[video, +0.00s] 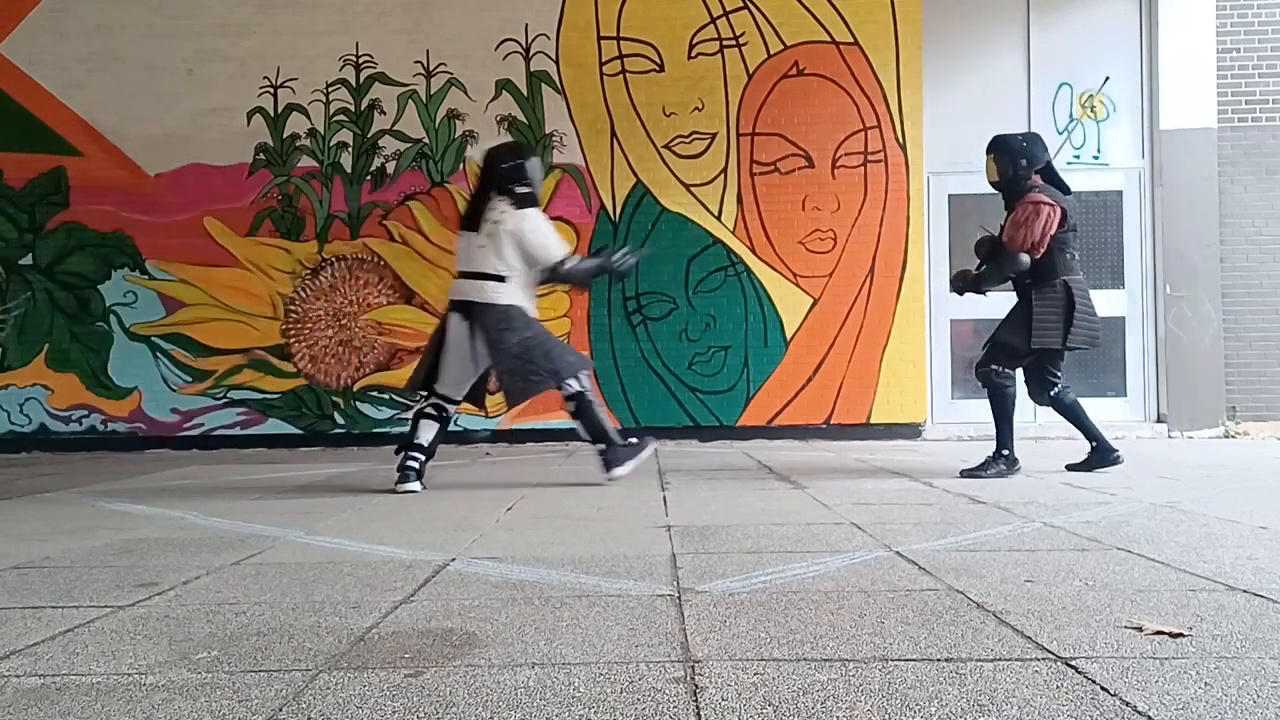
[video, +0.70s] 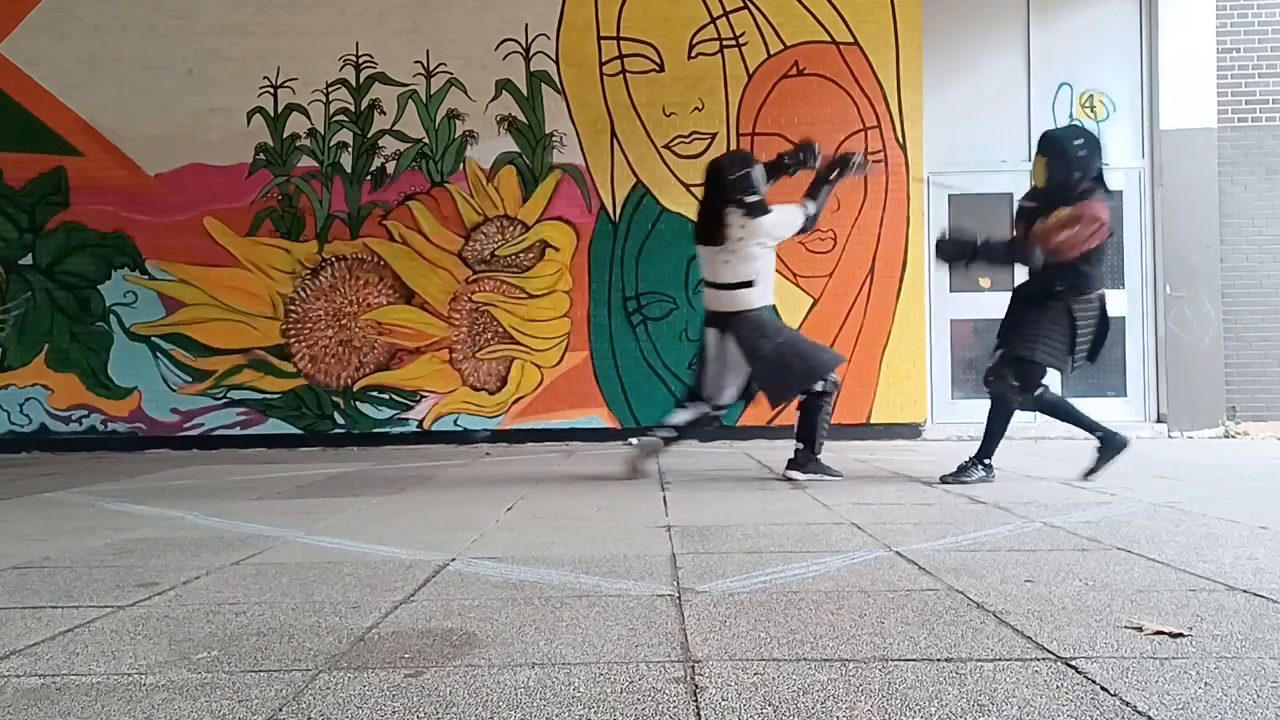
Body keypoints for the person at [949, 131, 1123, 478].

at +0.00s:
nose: (992, 172)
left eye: (998, 164)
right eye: (992, 165)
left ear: (1022, 165)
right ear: (1026, 167)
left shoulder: (1034, 203)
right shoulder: (1034, 200)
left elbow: (1015, 260)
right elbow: (1026, 256)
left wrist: (975, 280)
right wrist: (994, 250)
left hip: (1048, 300)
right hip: (1056, 299)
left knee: (994, 367)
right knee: (1044, 385)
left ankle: (1004, 456)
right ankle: (1102, 447)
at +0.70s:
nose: (1038, 170)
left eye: (1046, 163)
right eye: (1039, 162)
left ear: (1074, 166)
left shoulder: (1090, 212)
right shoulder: (1043, 202)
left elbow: (1038, 252)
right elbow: (1021, 248)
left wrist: (974, 249)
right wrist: (972, 250)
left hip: (1064, 304)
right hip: (1038, 300)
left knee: (1005, 377)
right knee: (1022, 387)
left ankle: (982, 462)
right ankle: (1108, 438)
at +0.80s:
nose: (1066, 149)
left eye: (1075, 143)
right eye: (1068, 141)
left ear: (1101, 146)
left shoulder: (1119, 189)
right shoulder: (1068, 184)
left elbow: (1059, 219)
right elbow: (1032, 226)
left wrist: (996, 200)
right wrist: (994, 201)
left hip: (1096, 300)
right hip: (1071, 297)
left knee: (1030, 381)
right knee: (1068, 395)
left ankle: (989, 461)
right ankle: (1140, 463)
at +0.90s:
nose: (1090, 127)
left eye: (1097, 121)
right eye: (1093, 120)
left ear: (1119, 128)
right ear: (1126, 129)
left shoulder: (1139, 172)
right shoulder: (1119, 169)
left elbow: (1076, 192)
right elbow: (1055, 199)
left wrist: (1017, 167)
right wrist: (1021, 167)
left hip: (1120, 291)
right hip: (1116, 289)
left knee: (1054, 360)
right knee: (1091, 379)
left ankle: (1056, 451)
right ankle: (1142, 463)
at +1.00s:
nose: (1117, 106)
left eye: (1124, 99)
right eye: (1120, 98)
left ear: (1146, 109)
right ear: (1160, 110)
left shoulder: (1160, 155)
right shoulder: (1166, 150)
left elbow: (1094, 179)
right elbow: (1096, 172)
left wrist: (1035, 152)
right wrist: (1054, 146)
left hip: (1150, 272)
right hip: (1152, 270)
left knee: (1107, 356)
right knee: (1109, 357)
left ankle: (1149, 456)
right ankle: (1152, 448)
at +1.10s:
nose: (1147, 96)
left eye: (1156, 88)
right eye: (1150, 87)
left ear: (1180, 95)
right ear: (1193, 95)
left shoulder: (1190, 144)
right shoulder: (1188, 137)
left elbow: (1118, 178)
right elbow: (1129, 170)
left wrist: (1057, 152)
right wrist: (1081, 149)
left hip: (1189, 268)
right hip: (1174, 266)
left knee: (1170, 368)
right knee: (1156, 365)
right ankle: (1157, 459)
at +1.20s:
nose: (1171, 94)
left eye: (1181, 86)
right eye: (1174, 84)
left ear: (1209, 94)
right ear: (1217, 97)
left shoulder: (1219, 147)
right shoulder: (1213, 140)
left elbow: (1150, 192)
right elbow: (1156, 181)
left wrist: (1090, 174)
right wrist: (1115, 150)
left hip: (1229, 271)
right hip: (1210, 270)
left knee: (1212, 378)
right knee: (1168, 362)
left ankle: (1273, 476)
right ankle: (1211, 449)